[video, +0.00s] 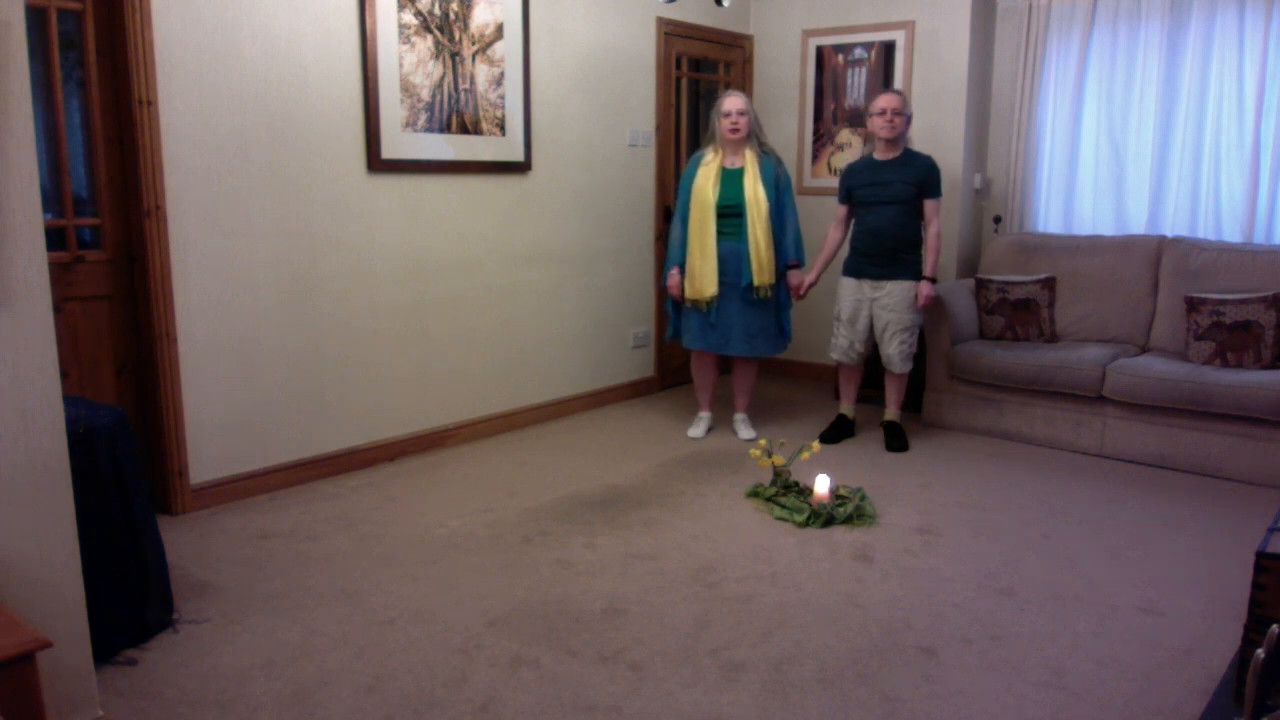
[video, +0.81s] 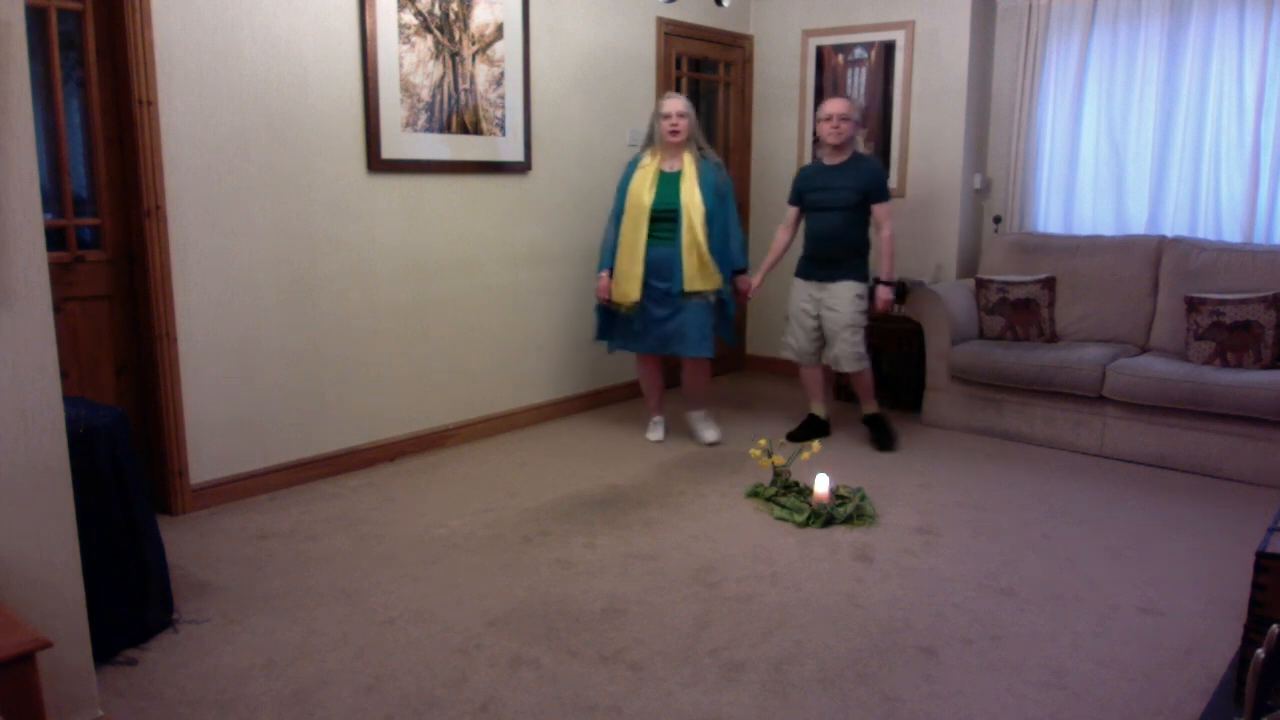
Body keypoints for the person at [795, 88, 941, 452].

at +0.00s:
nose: (889, 119)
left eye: (896, 113)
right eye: (881, 113)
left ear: (907, 121)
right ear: (868, 122)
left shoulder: (923, 167)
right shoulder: (854, 172)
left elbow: (932, 226)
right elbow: (839, 227)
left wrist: (928, 277)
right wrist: (814, 273)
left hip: (902, 279)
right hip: (857, 277)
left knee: (897, 355)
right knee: (848, 349)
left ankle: (892, 419)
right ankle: (845, 416)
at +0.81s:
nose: (834, 125)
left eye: (843, 120)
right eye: (827, 119)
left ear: (855, 127)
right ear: (816, 127)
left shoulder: (869, 171)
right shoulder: (806, 176)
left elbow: (884, 228)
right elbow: (786, 229)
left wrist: (885, 281)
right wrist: (759, 275)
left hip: (848, 280)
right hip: (807, 278)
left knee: (850, 354)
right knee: (806, 351)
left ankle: (871, 415)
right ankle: (817, 417)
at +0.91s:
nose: (824, 124)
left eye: (832, 118)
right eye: (817, 118)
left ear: (845, 125)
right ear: (807, 124)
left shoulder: (860, 170)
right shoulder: (796, 173)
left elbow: (873, 225)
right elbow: (777, 228)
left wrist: (873, 279)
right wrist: (750, 273)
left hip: (840, 277)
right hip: (800, 276)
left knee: (832, 347)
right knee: (803, 350)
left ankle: (842, 414)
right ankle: (815, 416)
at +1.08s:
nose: (808, 122)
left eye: (817, 116)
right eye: (801, 116)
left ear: (831, 123)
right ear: (791, 122)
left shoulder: (845, 168)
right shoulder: (781, 174)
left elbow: (858, 224)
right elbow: (764, 228)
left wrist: (859, 277)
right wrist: (740, 274)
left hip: (828, 273)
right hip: (791, 273)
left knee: (804, 348)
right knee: (799, 349)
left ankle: (786, 425)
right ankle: (817, 417)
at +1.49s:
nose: (782, 122)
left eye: (790, 116)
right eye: (775, 116)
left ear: (802, 124)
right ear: (764, 123)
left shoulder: (817, 172)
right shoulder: (749, 175)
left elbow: (827, 231)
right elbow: (731, 230)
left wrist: (825, 286)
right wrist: (715, 275)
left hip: (792, 285)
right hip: (750, 284)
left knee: (778, 361)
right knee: (751, 360)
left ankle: (763, 428)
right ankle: (789, 398)